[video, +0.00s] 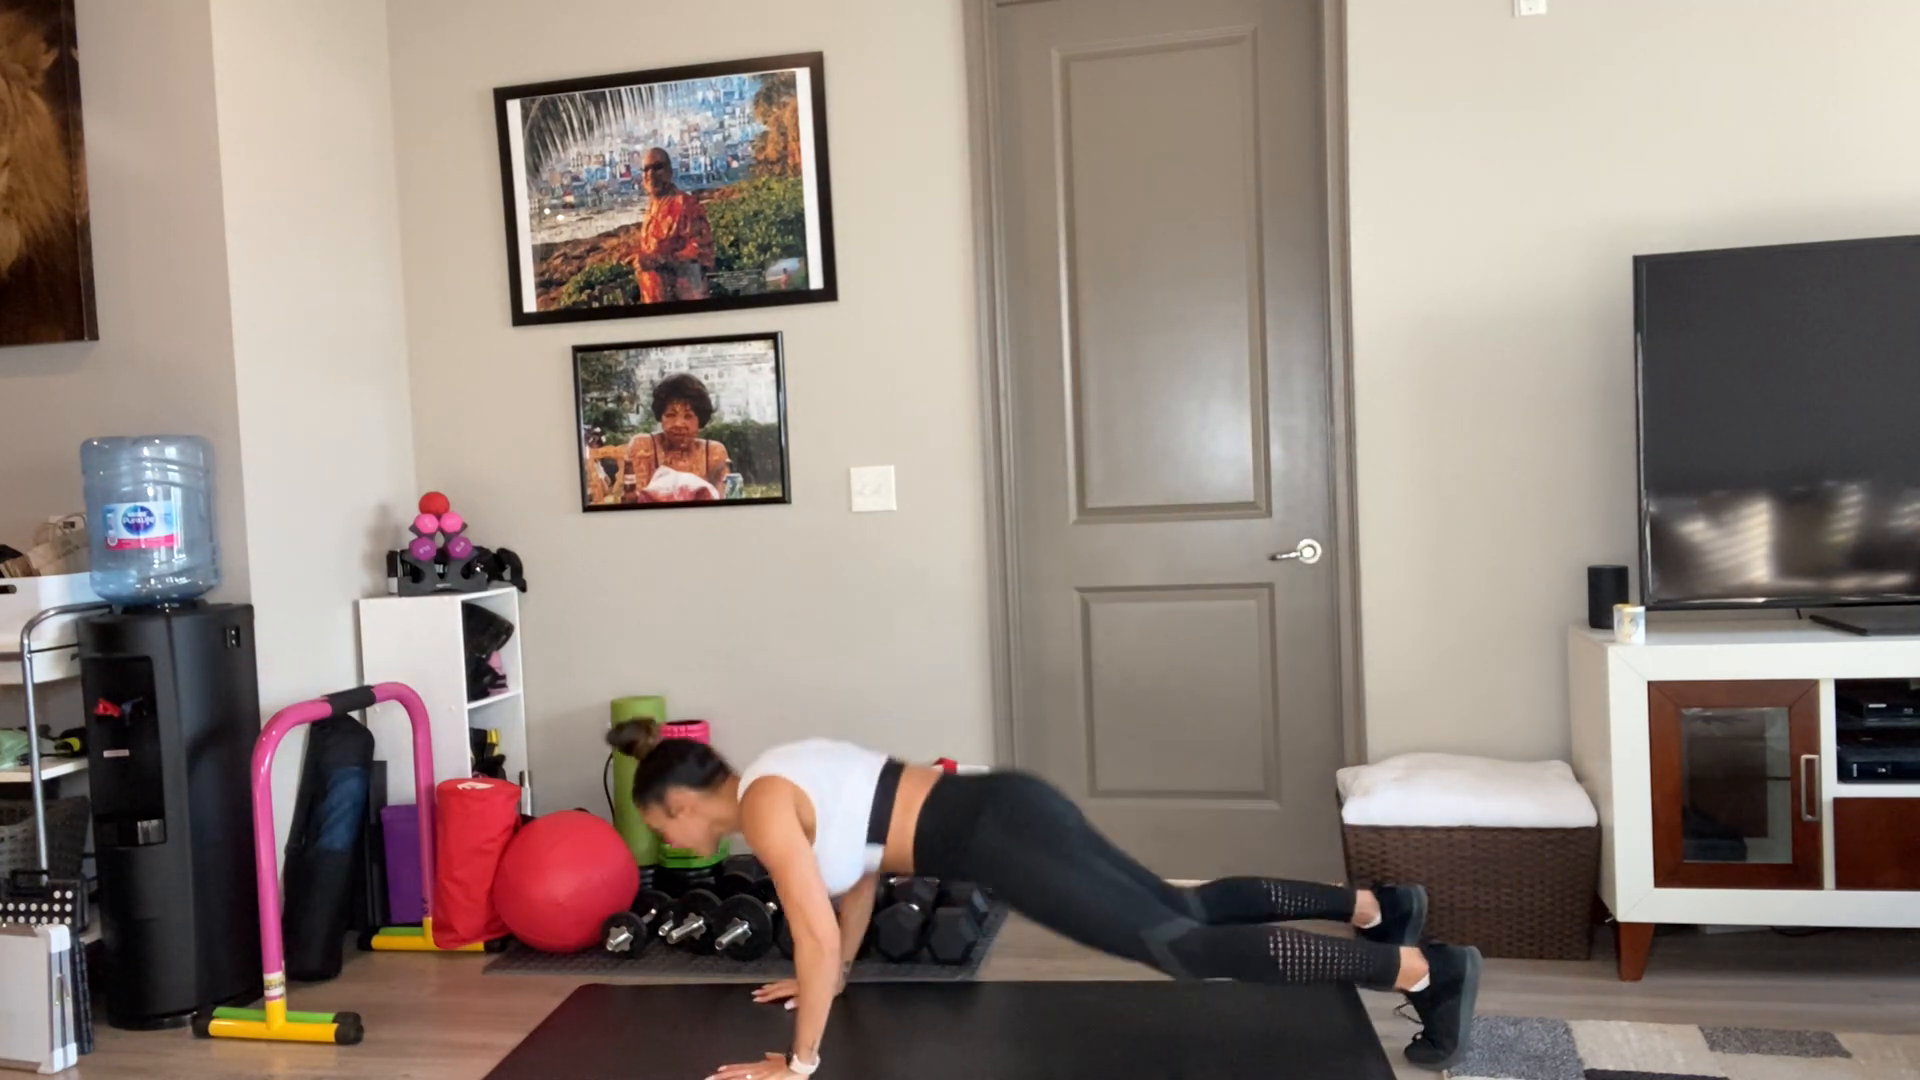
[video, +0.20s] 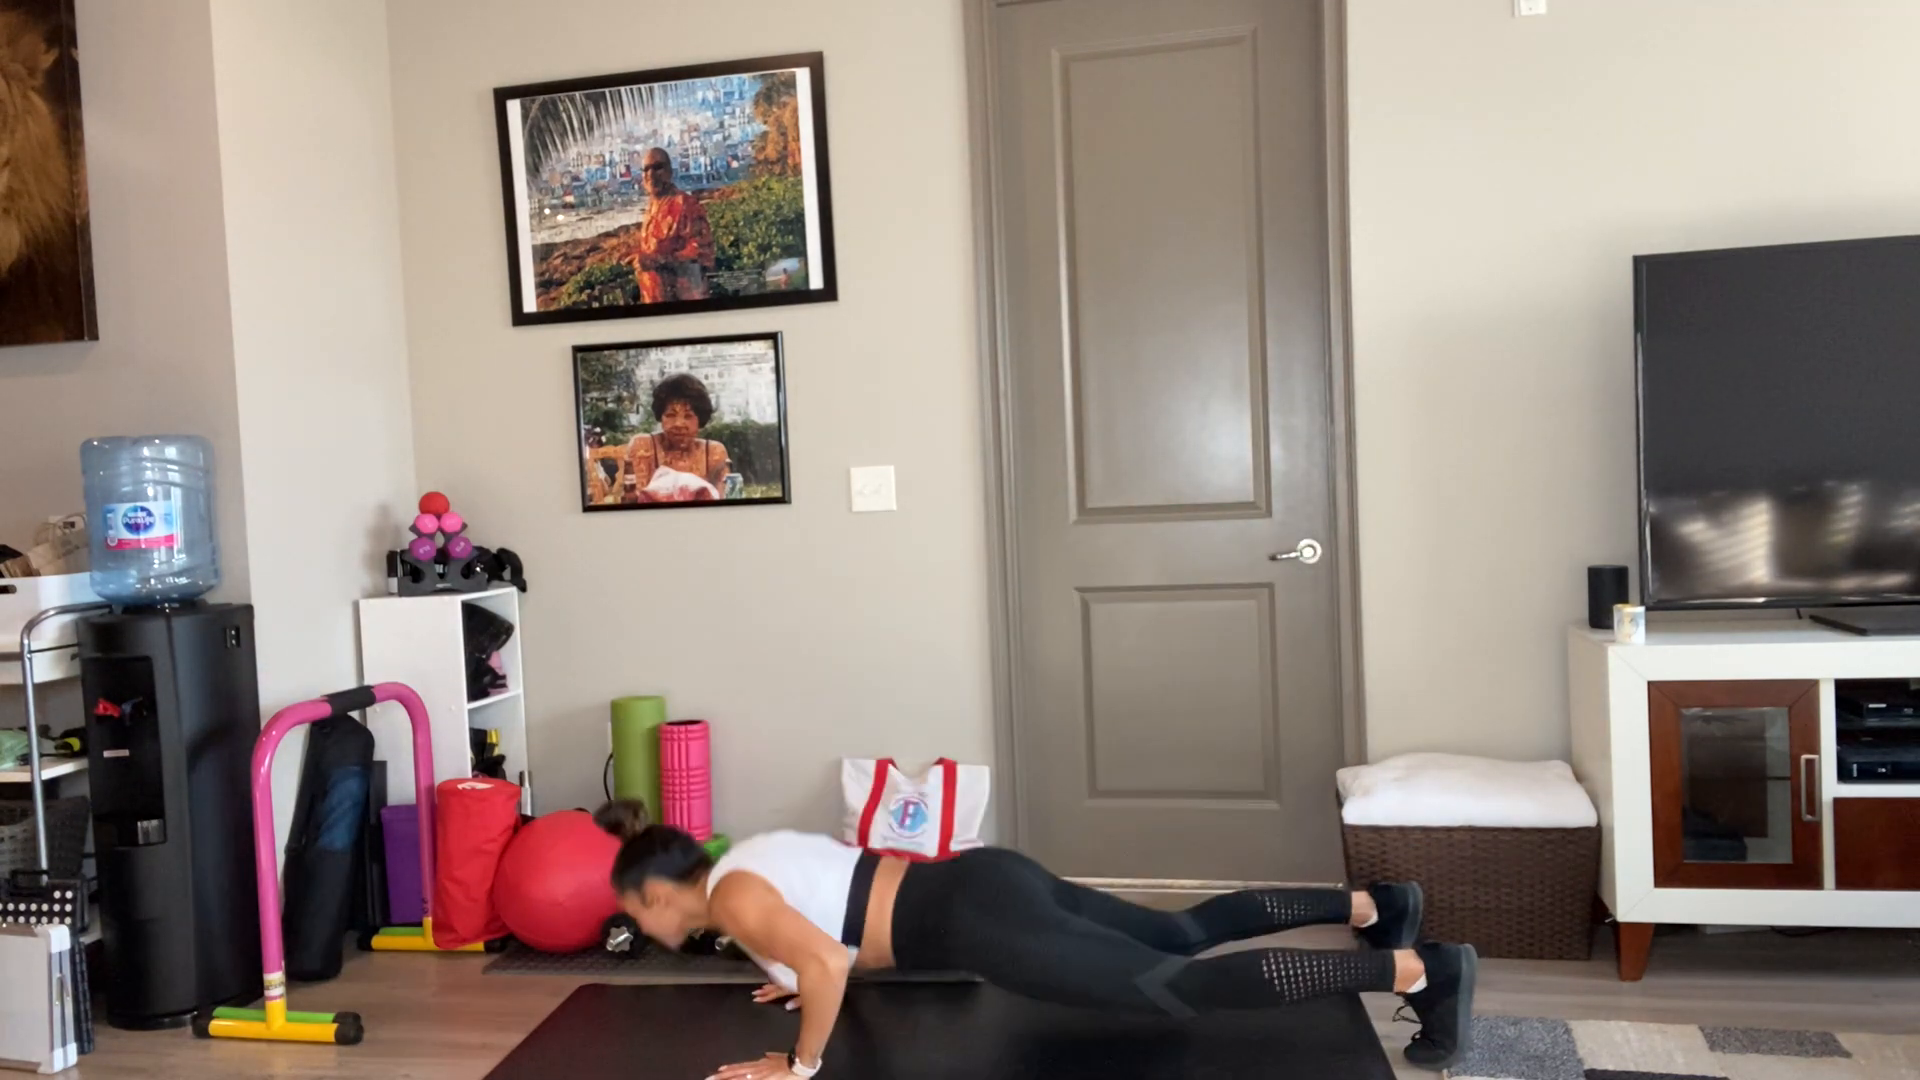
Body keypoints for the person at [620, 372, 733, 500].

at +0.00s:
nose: (679, 424)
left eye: (688, 416)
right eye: (671, 415)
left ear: (701, 420)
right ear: (660, 418)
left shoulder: (715, 451)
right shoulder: (642, 446)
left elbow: (719, 501)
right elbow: (638, 499)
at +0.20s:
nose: (679, 424)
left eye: (688, 416)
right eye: (670, 415)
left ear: (701, 420)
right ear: (660, 418)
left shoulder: (715, 451)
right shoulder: (641, 446)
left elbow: (719, 500)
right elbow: (636, 499)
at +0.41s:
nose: (679, 424)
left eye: (688, 416)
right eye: (671, 415)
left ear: (701, 420)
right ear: (660, 418)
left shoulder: (715, 451)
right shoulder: (641, 446)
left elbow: (720, 500)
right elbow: (636, 499)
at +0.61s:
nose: (679, 424)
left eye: (688, 416)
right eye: (670, 415)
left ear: (701, 420)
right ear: (660, 418)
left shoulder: (715, 451)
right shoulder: (641, 446)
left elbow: (721, 500)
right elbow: (634, 499)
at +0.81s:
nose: (679, 424)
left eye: (688, 416)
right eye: (671, 415)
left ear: (701, 420)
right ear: (660, 418)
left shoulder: (715, 451)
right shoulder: (641, 446)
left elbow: (720, 501)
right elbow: (638, 499)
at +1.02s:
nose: (679, 424)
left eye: (688, 416)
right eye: (670, 415)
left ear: (701, 420)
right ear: (660, 418)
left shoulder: (715, 451)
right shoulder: (641, 446)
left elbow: (719, 501)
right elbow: (638, 499)